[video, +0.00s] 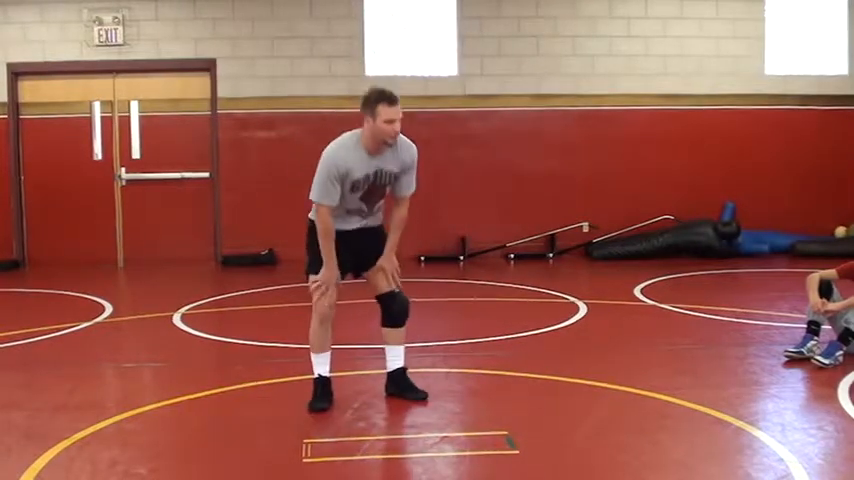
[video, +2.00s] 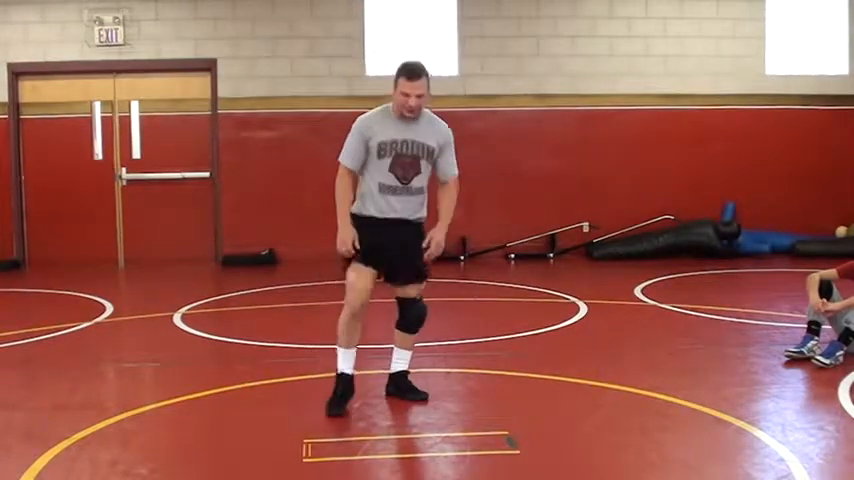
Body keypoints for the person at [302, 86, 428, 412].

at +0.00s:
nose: (396, 129)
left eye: (399, 121)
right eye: (389, 122)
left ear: (401, 119)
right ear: (367, 121)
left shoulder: (406, 152)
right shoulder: (336, 155)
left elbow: (401, 204)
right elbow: (323, 214)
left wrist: (390, 253)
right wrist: (330, 265)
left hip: (370, 229)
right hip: (329, 230)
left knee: (395, 303)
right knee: (323, 307)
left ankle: (396, 377)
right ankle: (321, 384)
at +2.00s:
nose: (413, 102)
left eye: (420, 96)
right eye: (406, 94)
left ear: (428, 94)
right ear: (394, 90)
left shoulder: (440, 132)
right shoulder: (367, 124)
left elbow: (448, 182)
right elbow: (345, 173)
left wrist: (442, 226)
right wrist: (344, 224)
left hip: (410, 227)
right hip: (367, 224)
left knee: (412, 310)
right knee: (354, 303)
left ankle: (398, 377)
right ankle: (344, 380)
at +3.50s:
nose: (379, 75)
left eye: (384, 68)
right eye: (370, 68)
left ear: (391, 74)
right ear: (353, 74)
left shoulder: (411, 126)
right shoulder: (325, 122)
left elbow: (429, 185)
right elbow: (302, 180)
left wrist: (446, 240)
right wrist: (284, 236)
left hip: (389, 239)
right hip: (340, 240)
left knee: (387, 339)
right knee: (342, 342)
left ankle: (372, 423)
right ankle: (366, 390)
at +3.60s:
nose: (379, 78)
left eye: (385, 70)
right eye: (370, 70)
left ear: (394, 77)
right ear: (354, 76)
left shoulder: (412, 129)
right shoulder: (326, 123)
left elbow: (430, 190)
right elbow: (300, 180)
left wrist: (441, 246)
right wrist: (275, 235)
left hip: (389, 244)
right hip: (337, 243)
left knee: (388, 342)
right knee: (328, 346)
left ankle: (372, 426)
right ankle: (360, 385)